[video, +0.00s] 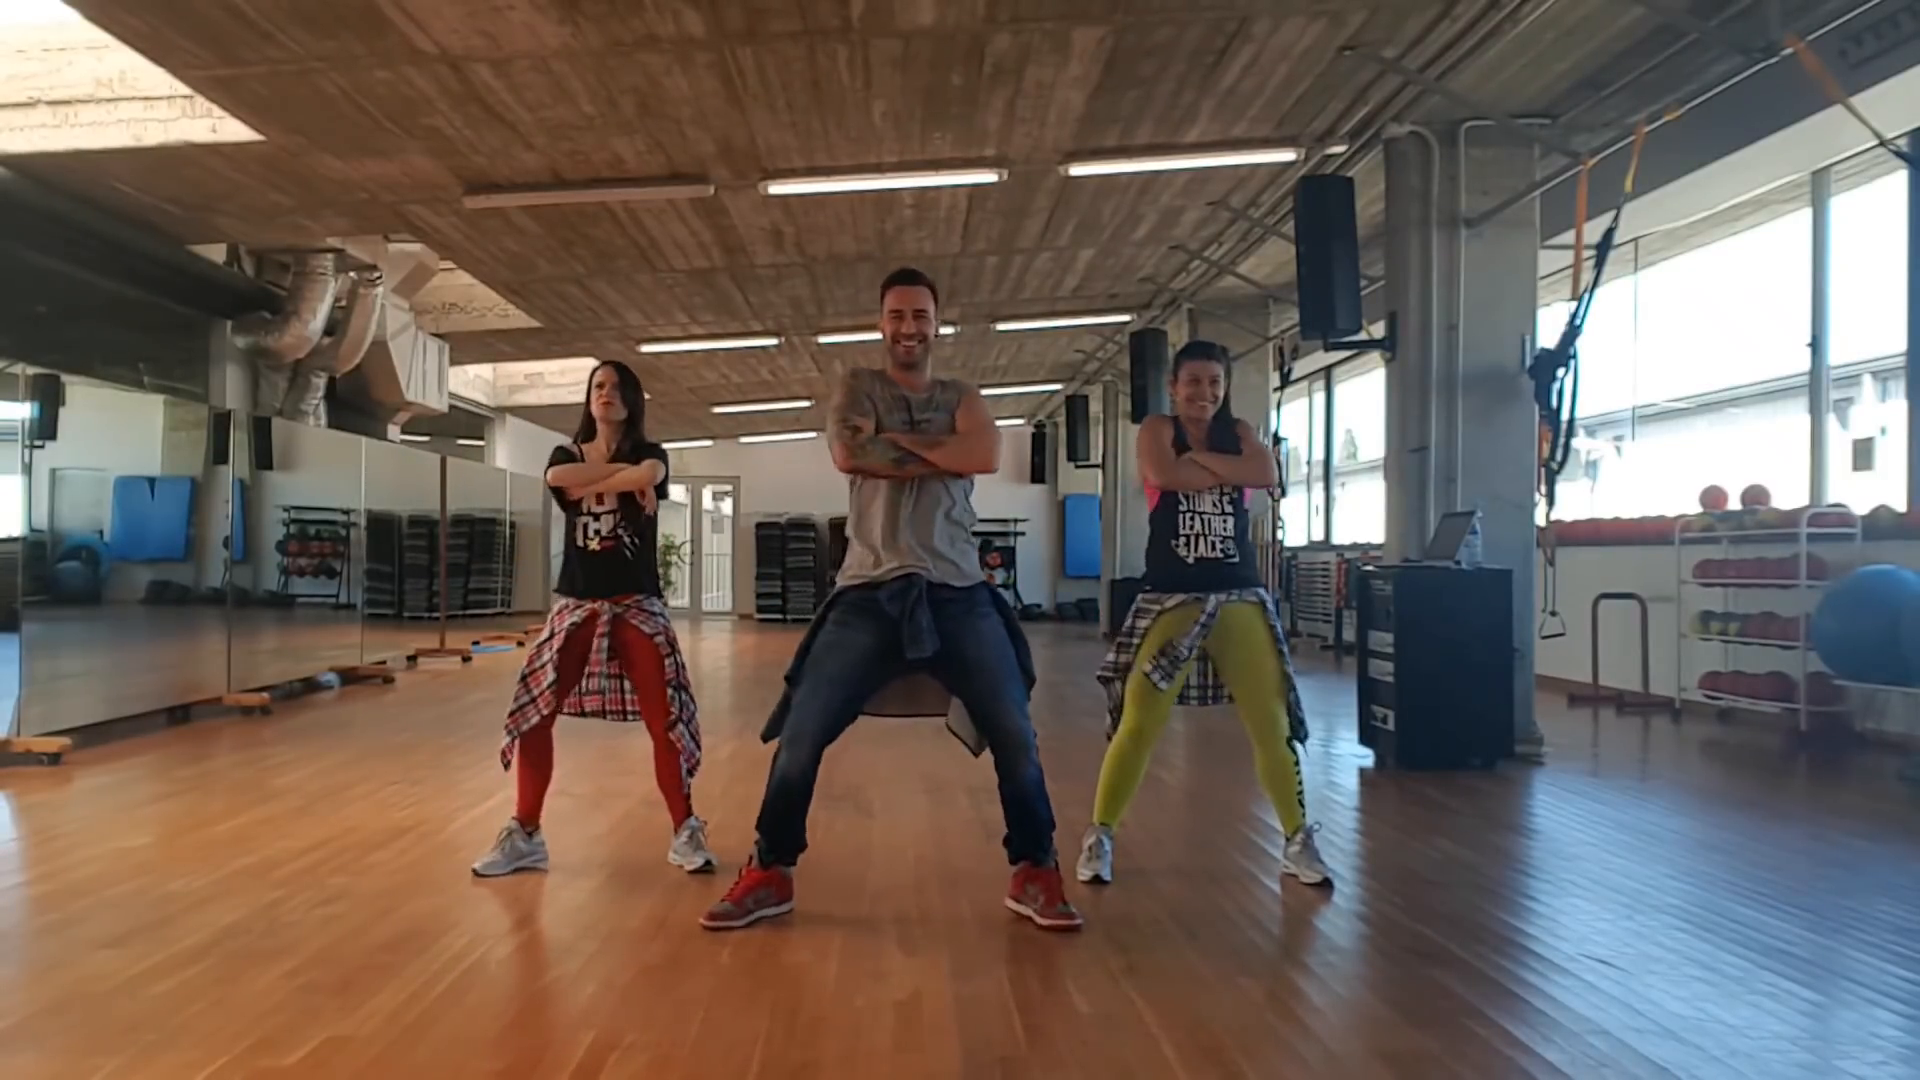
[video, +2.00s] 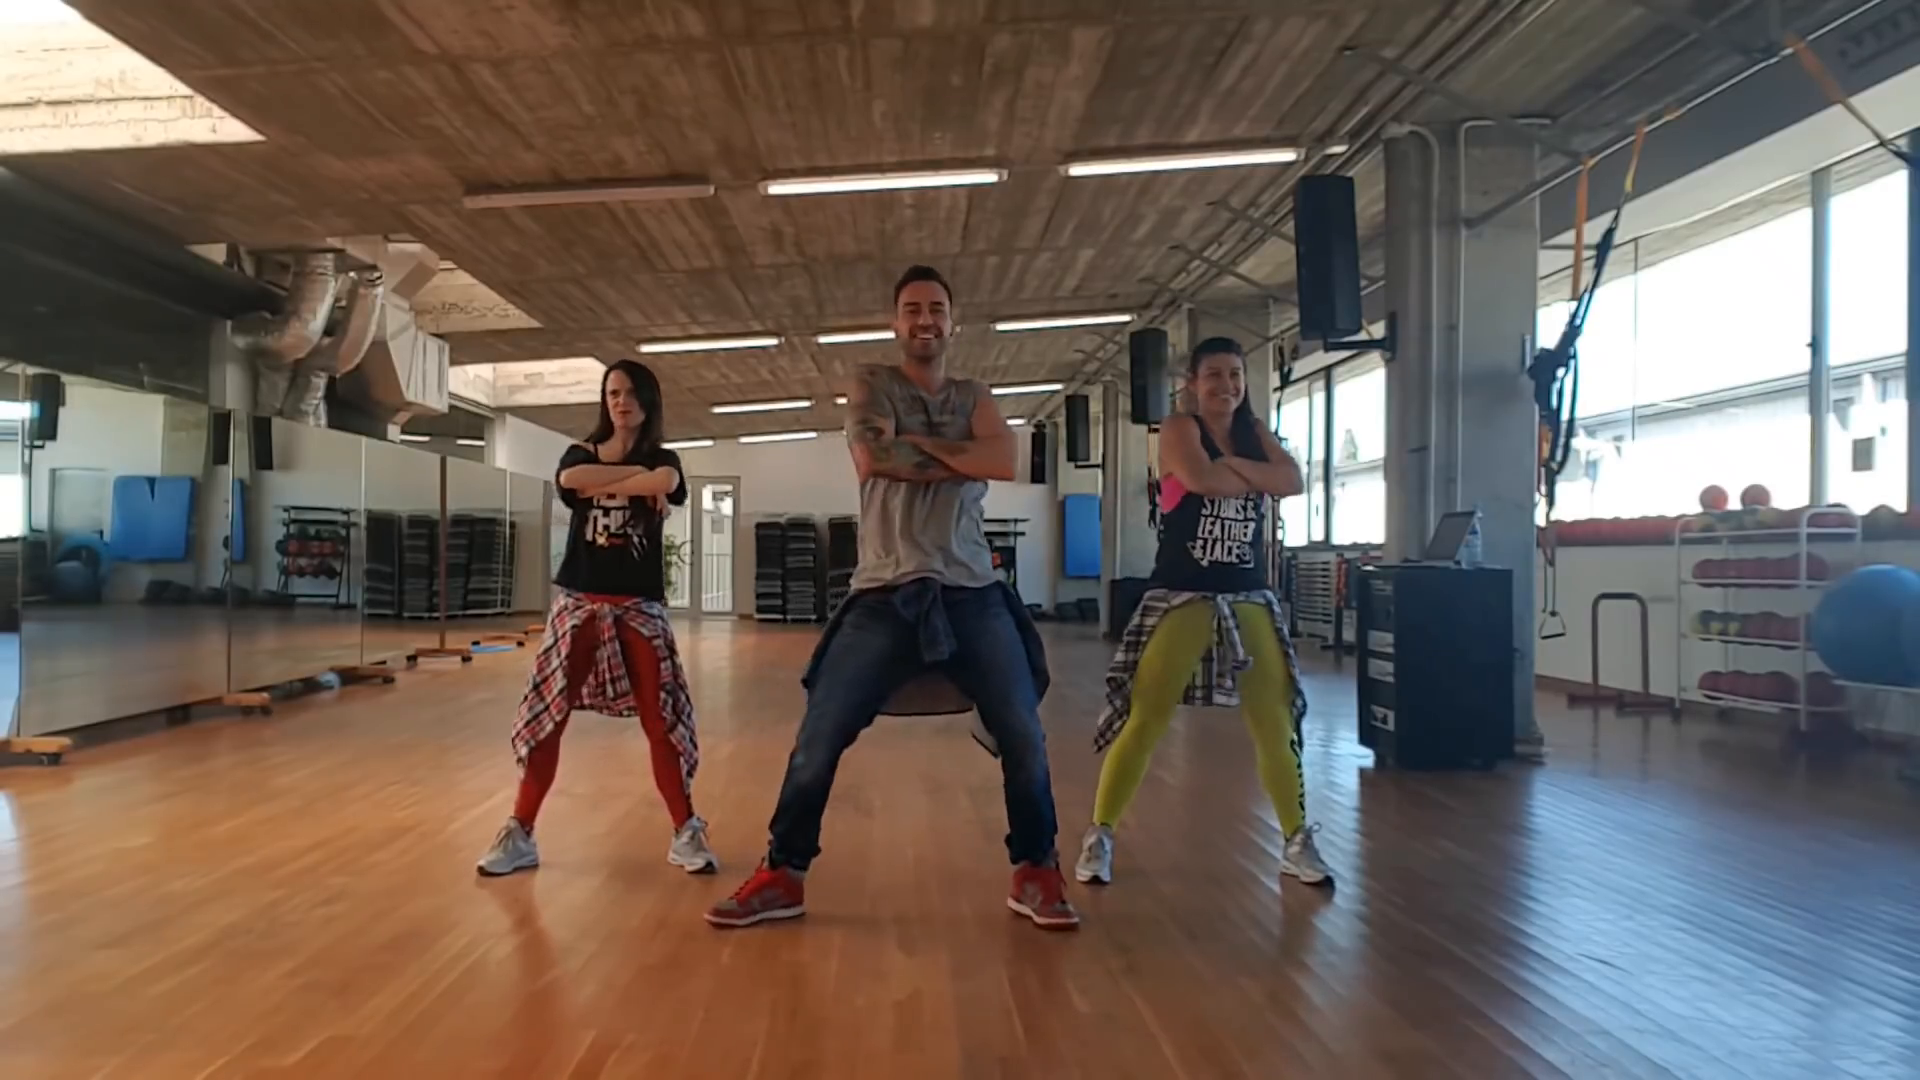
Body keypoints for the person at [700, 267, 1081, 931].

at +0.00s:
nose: (908, 326)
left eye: (919, 315)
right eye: (897, 316)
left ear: (937, 324)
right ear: (881, 326)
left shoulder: (961, 397)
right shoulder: (858, 390)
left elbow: (983, 456)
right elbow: (848, 458)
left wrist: (892, 443)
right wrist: (943, 459)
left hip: (958, 590)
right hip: (868, 589)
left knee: (1012, 729)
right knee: (802, 727)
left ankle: (1035, 873)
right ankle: (771, 873)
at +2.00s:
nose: (924, 319)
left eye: (935, 310)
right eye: (913, 310)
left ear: (951, 323)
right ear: (894, 322)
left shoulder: (975, 398)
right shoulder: (871, 385)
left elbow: (1004, 463)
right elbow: (870, 462)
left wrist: (910, 443)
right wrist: (966, 466)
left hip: (970, 591)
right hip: (882, 592)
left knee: (1021, 728)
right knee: (822, 727)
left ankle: (1036, 873)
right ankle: (784, 875)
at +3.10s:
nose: (914, 315)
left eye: (924, 307)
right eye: (902, 307)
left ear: (942, 326)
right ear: (883, 327)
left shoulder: (969, 399)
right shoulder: (854, 396)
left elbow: (1007, 470)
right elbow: (829, 479)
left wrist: (924, 478)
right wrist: (906, 531)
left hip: (957, 597)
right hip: (868, 598)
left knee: (1008, 731)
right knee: (809, 733)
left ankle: (1025, 873)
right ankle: (775, 872)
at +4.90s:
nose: (798, 358)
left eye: (810, 346)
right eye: (787, 345)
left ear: (829, 354)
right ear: (772, 350)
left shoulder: (842, 422)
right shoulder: (749, 418)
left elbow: (872, 444)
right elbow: (729, 430)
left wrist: (868, 350)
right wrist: (748, 350)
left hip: (819, 614)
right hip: (741, 605)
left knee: (779, 754)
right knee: (709, 748)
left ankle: (798, 853)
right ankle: (731, 867)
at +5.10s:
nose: (820, 348)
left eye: (832, 336)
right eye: (808, 336)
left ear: (848, 342)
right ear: (788, 341)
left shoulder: (861, 407)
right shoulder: (763, 400)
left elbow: (885, 434)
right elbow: (721, 425)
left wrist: (879, 339)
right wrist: (733, 338)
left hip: (846, 591)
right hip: (770, 591)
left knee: (922, 709)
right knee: (747, 737)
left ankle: (894, 848)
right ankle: (701, 856)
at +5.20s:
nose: (838, 346)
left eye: (849, 335)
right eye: (827, 334)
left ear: (867, 344)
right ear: (810, 340)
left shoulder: (884, 407)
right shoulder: (784, 405)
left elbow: (902, 437)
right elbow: (725, 432)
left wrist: (878, 341)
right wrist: (719, 345)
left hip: (872, 600)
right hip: (797, 600)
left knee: (952, 715)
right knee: (776, 748)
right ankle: (678, 852)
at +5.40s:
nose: (895, 372)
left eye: (905, 359)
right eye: (883, 360)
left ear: (920, 362)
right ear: (868, 365)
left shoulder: (949, 428)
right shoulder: (846, 433)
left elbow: (955, 460)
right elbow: (787, 467)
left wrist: (925, 376)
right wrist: (772, 383)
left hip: (946, 621)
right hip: (874, 623)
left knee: (1034, 730)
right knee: (829, 760)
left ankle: (1031, 872)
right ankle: (699, 844)